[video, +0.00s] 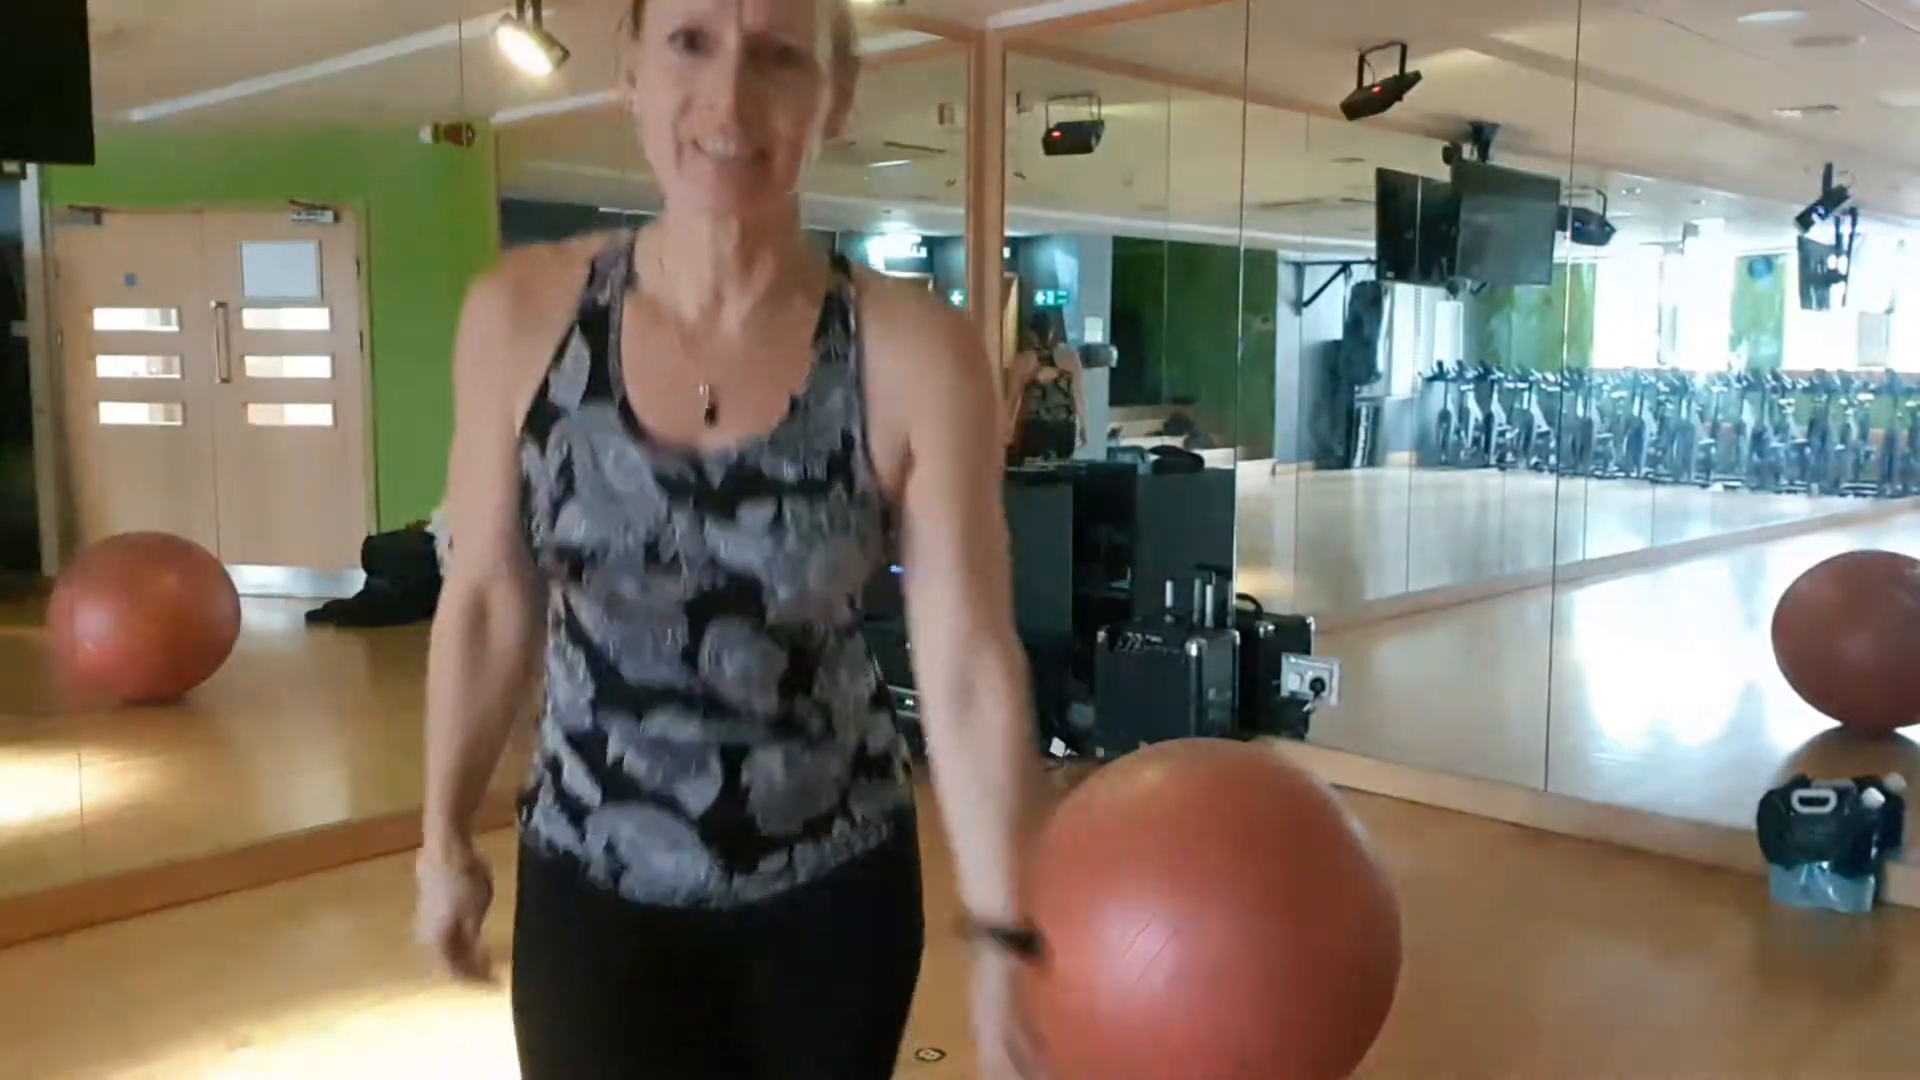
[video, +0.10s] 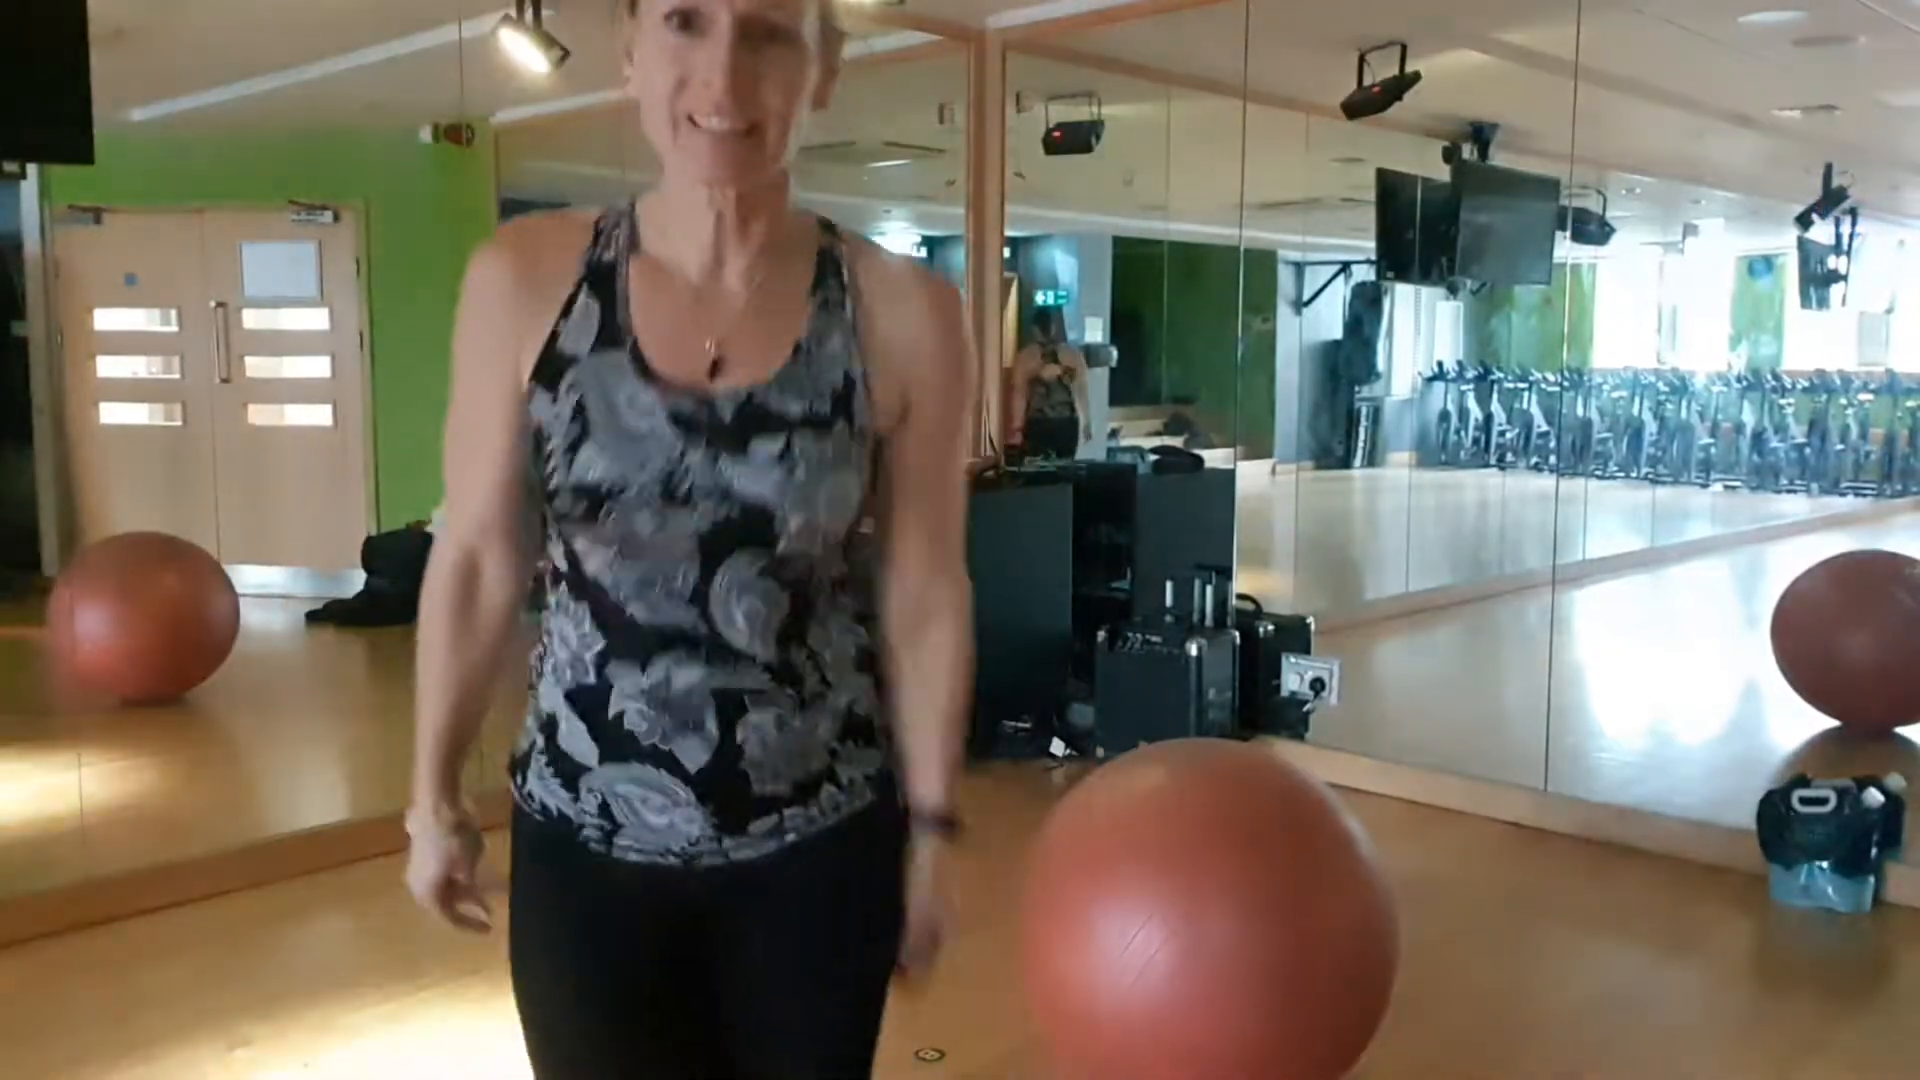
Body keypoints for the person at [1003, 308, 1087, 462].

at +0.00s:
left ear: (1030, 333)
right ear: (1052, 332)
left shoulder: (1024, 360)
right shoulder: (1069, 357)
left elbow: (1014, 398)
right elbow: (1078, 396)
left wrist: (1009, 429)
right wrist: (1082, 426)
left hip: (1033, 428)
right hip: (1064, 428)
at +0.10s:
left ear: (1035, 330)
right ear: (1057, 328)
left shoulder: (1026, 356)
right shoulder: (1073, 355)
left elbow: (1020, 395)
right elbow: (1081, 392)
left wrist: (1017, 428)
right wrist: (1086, 422)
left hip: (1037, 423)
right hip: (1067, 423)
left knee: (1036, 477)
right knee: (1063, 475)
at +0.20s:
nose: (1035, 334)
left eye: (1036, 330)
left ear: (1040, 330)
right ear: (1062, 327)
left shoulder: (1031, 357)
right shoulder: (1077, 356)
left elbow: (1027, 395)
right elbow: (1086, 393)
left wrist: (1024, 425)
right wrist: (1094, 422)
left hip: (1042, 424)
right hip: (1071, 424)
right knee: (1070, 476)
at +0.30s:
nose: (1036, 338)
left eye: (1039, 333)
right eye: (1037, 333)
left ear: (1047, 332)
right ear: (1062, 330)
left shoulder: (1039, 359)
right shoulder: (1081, 356)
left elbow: (1031, 396)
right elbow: (1089, 395)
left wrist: (1026, 428)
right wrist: (1096, 426)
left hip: (1047, 425)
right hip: (1076, 424)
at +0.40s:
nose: (1037, 335)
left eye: (1039, 329)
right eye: (1036, 329)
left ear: (1052, 328)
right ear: (1061, 327)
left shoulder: (1048, 356)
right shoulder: (1084, 354)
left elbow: (1039, 394)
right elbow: (1093, 397)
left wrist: (1033, 428)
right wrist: (1096, 432)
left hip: (1054, 428)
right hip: (1083, 427)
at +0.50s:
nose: (1038, 335)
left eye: (1040, 328)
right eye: (1037, 329)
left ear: (1056, 325)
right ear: (1062, 325)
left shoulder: (1045, 357)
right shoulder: (1086, 353)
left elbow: (1040, 397)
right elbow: (1096, 396)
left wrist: (1036, 430)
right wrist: (1100, 431)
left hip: (1056, 428)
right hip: (1086, 428)